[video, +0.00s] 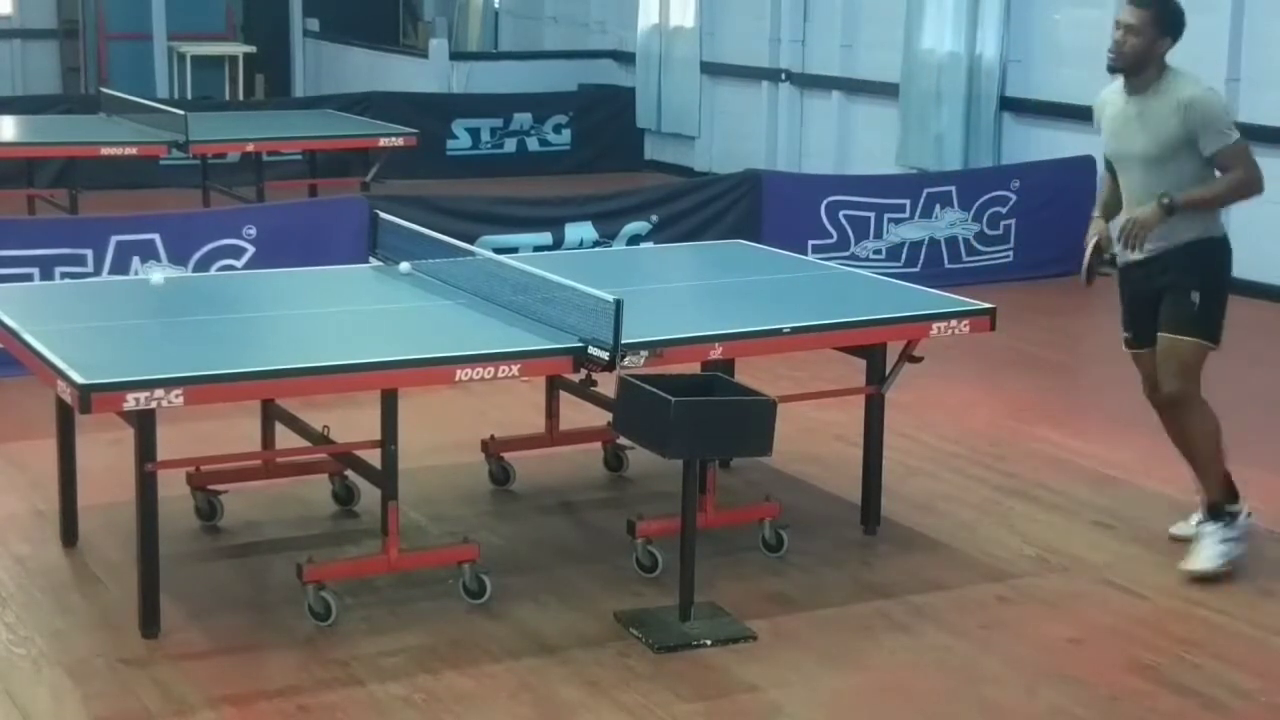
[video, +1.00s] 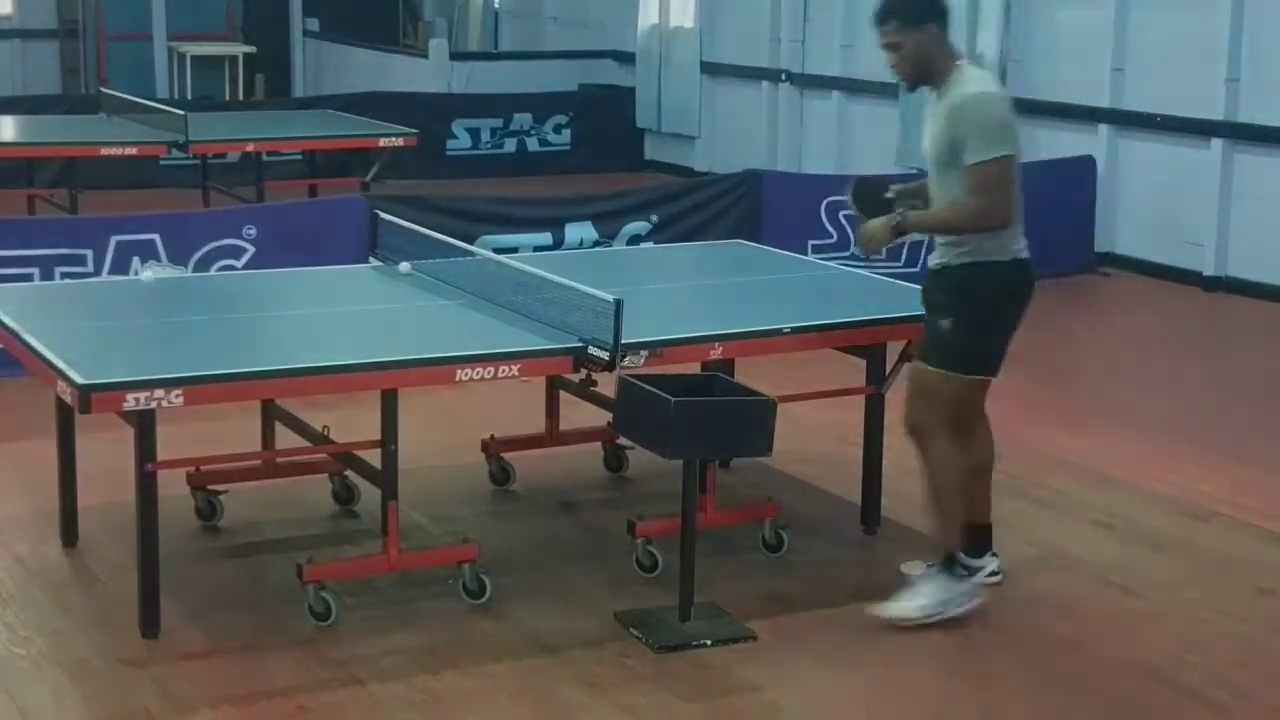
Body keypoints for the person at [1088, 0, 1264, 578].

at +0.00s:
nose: (1116, 39)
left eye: (1130, 32)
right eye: (1116, 28)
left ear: (1163, 44)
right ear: (1114, 33)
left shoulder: (1196, 102)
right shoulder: (1107, 101)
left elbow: (1249, 178)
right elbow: (1114, 175)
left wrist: (1167, 206)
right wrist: (1100, 220)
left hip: (1194, 256)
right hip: (1137, 263)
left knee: (1176, 388)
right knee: (1159, 392)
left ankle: (1228, 514)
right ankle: (1216, 502)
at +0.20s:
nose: (1099, 27)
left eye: (1113, 17)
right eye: (1096, 17)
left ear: (1146, 22)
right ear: (1094, 23)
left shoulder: (1186, 81)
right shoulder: (1088, 89)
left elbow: (1243, 154)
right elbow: (1085, 160)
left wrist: (1168, 183)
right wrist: (1072, 195)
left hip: (1170, 253)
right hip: (1109, 258)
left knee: (1139, 383)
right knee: (1130, 383)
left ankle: (1141, 537)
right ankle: (1205, 479)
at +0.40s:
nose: (1065, 42)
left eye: (1074, 28)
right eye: (1060, 31)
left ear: (1113, 22)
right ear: (1061, 31)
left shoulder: (1155, 93)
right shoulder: (1069, 94)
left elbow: (1202, 184)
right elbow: (1078, 167)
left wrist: (1117, 206)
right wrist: (1044, 198)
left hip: (1131, 266)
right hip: (1071, 265)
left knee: (1120, 403)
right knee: (1039, 392)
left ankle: (1139, 537)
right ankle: (1123, 476)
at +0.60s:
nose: (1014, 41)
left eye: (1023, 27)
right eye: (1010, 30)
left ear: (1062, 22)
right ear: (1011, 32)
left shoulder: (1104, 91)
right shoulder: (1036, 95)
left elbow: (1113, 195)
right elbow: (1056, 190)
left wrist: (1017, 184)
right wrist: (1013, 204)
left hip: (1090, 270)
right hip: (1029, 268)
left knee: (1105, 401)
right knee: (995, 398)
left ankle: (1134, 533)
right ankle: (984, 542)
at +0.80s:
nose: (953, 55)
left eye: (962, 41)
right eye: (951, 43)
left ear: (1001, 33)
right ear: (967, 43)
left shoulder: (1041, 101)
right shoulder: (991, 99)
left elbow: (1043, 209)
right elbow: (999, 194)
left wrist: (950, 207)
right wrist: (943, 212)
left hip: (1027, 278)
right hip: (976, 272)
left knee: (1009, 421)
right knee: (952, 405)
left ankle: (1092, 503)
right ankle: (973, 549)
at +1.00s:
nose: (890, 61)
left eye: (897, 46)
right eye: (886, 49)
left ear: (935, 34)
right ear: (911, 43)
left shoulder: (978, 102)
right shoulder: (943, 98)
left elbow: (994, 210)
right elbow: (964, 185)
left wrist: (902, 223)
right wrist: (912, 196)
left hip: (985, 275)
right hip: (964, 270)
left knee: (926, 418)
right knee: (964, 418)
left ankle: (958, 567)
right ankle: (976, 554)